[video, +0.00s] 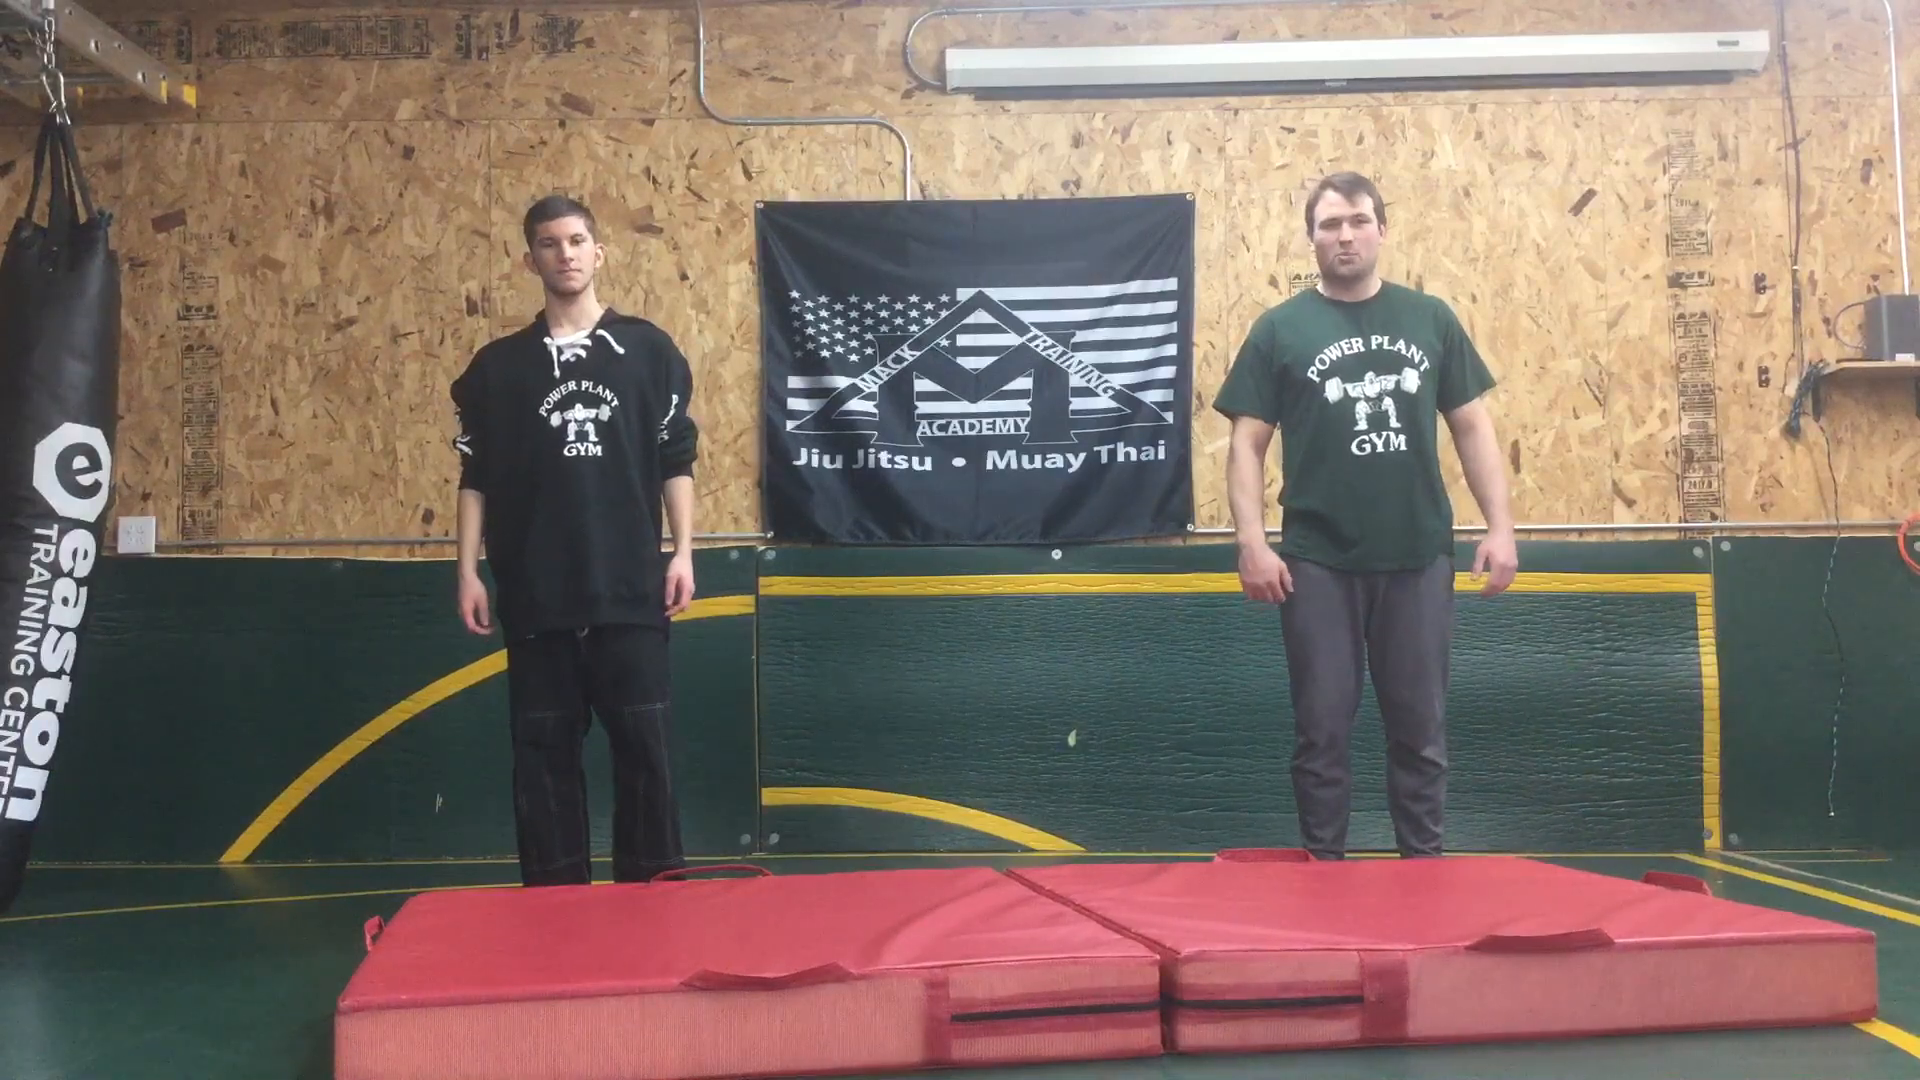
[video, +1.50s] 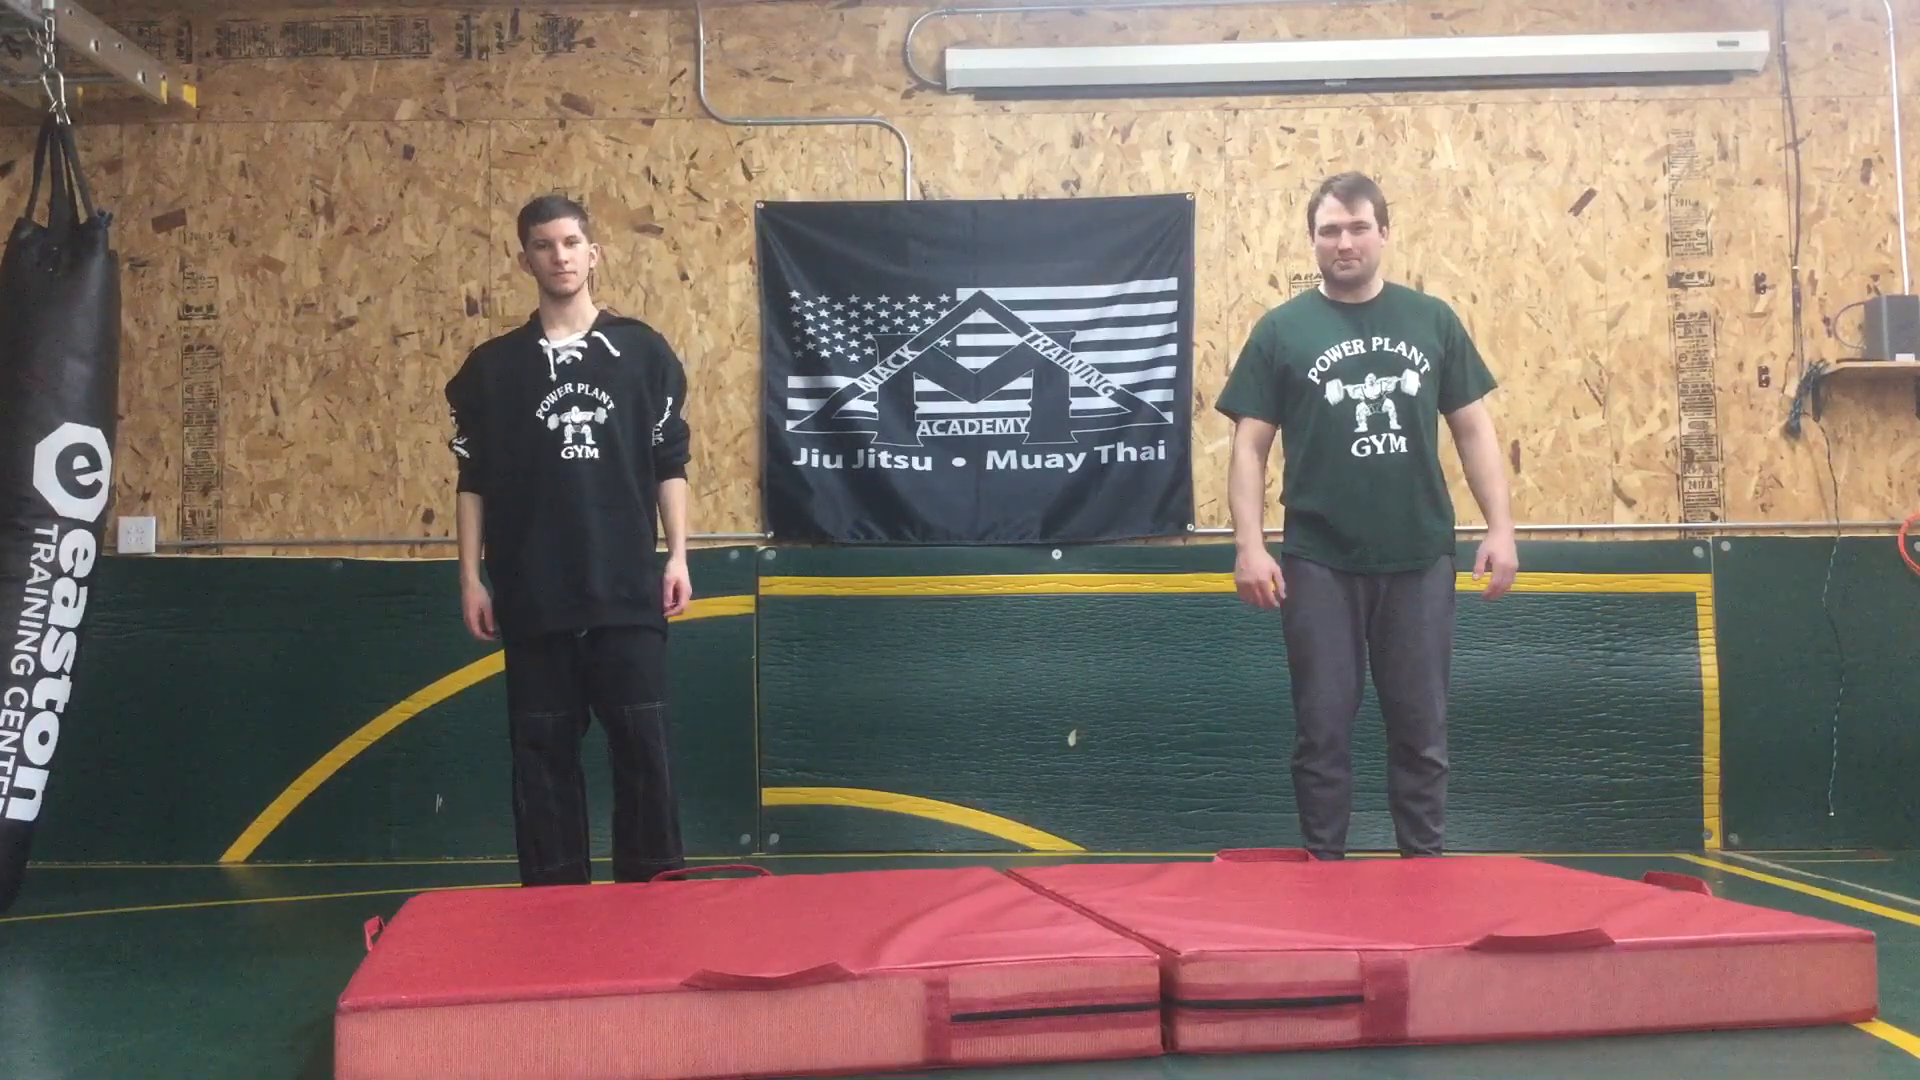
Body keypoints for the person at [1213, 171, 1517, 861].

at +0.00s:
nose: (1345, 235)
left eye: (1357, 221)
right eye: (1330, 225)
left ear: (1381, 231)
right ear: (1311, 240)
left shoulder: (1430, 319)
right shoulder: (1280, 330)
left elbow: (1471, 427)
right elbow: (1247, 444)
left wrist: (1500, 526)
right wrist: (1251, 539)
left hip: (1417, 554)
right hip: (1317, 556)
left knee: (1420, 727)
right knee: (1322, 726)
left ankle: (1423, 870)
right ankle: (1324, 872)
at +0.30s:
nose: (1347, 236)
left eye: (1360, 222)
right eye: (1332, 225)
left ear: (1383, 231)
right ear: (1312, 239)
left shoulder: (1431, 320)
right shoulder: (1280, 331)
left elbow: (1469, 427)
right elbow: (1247, 444)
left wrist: (1495, 528)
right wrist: (1257, 540)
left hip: (1418, 554)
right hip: (1317, 556)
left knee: (1420, 726)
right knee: (1323, 726)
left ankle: (1423, 870)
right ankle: (1324, 873)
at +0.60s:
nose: (1349, 238)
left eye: (1363, 224)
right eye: (1334, 225)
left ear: (1385, 234)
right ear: (1314, 237)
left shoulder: (1431, 321)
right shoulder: (1280, 330)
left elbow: (1469, 429)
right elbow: (1247, 440)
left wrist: (1499, 522)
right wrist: (1264, 525)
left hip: (1418, 556)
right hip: (1318, 558)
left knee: (1420, 727)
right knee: (1322, 727)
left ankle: (1423, 869)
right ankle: (1323, 870)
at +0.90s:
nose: (1350, 241)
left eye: (1363, 227)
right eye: (1335, 228)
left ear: (1386, 235)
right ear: (1315, 237)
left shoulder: (1432, 322)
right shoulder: (1281, 330)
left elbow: (1472, 430)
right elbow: (1245, 443)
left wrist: (1501, 528)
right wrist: (1250, 540)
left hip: (1418, 557)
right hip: (1318, 558)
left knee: (1420, 727)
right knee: (1323, 726)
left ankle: (1424, 869)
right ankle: (1324, 870)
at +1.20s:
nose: (1345, 246)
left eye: (1359, 232)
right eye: (1331, 233)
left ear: (1384, 235)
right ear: (1312, 241)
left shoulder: (1432, 322)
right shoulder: (1280, 331)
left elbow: (1471, 432)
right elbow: (1249, 448)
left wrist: (1496, 532)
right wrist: (1244, 549)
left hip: (1419, 557)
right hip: (1318, 558)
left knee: (1420, 727)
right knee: (1323, 725)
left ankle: (1423, 868)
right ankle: (1324, 869)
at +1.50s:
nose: (1345, 242)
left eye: (1358, 228)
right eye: (1331, 231)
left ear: (1383, 234)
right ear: (1312, 241)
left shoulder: (1432, 321)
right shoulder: (1281, 331)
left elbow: (1472, 428)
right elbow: (1250, 446)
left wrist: (1501, 526)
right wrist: (1250, 545)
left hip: (1419, 555)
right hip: (1319, 557)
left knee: (1421, 726)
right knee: (1323, 725)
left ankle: (1423, 869)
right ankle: (1323, 871)